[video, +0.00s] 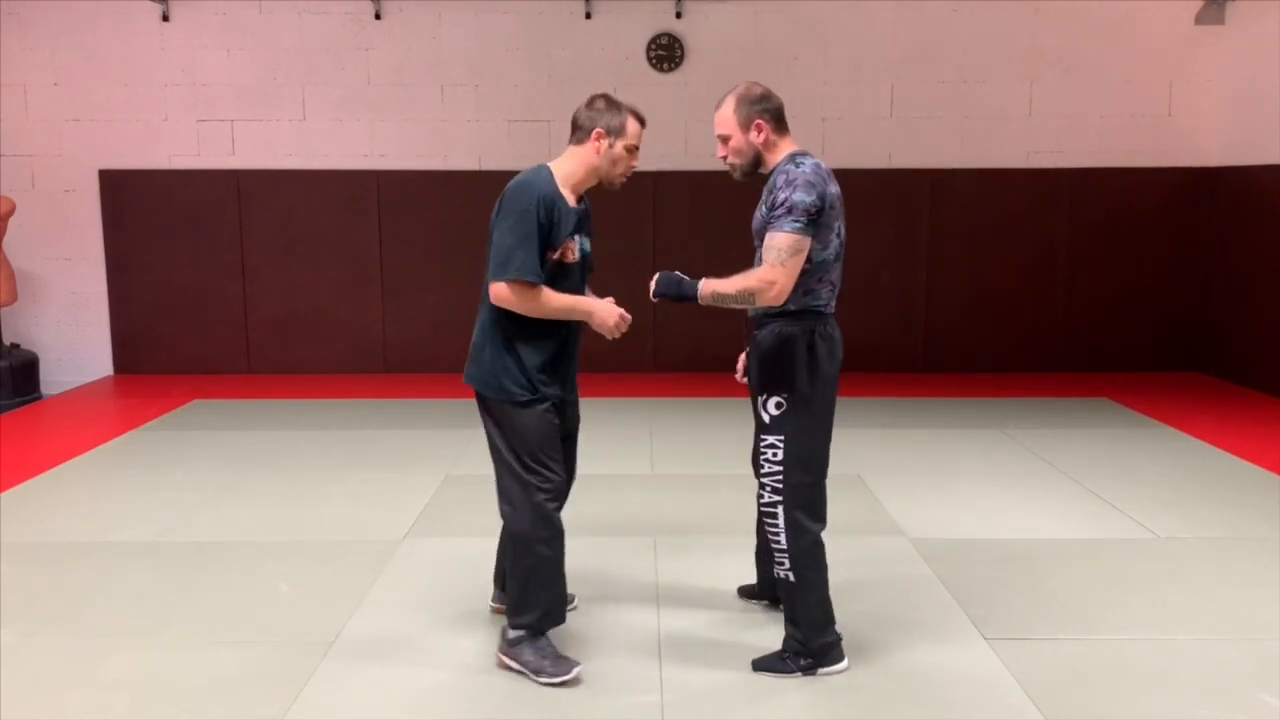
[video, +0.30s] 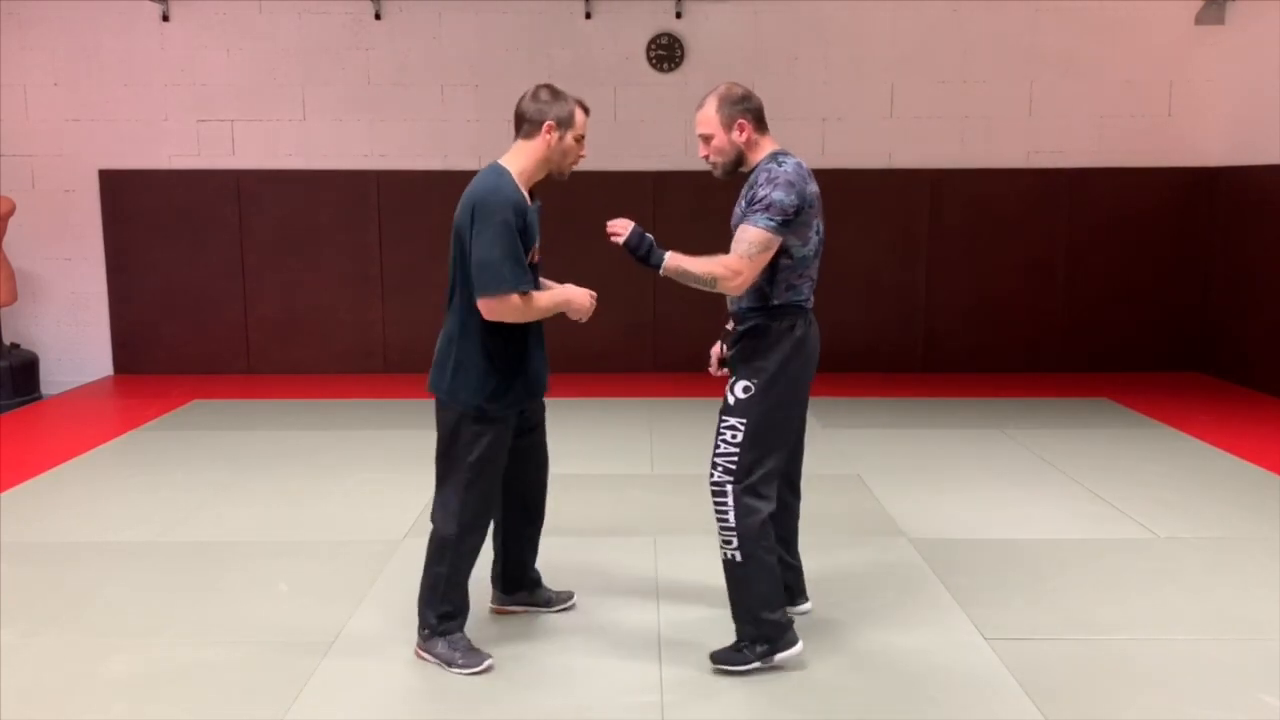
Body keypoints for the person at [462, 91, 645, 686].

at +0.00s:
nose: (635, 162)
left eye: (638, 151)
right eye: (630, 149)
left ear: (597, 144)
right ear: (597, 141)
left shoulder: (577, 203)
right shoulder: (529, 195)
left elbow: (563, 288)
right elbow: (507, 290)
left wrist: (596, 308)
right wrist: (588, 308)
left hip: (552, 375)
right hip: (512, 377)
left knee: (550, 487)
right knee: (537, 497)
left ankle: (515, 587)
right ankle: (524, 634)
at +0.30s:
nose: (583, 149)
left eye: (584, 138)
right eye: (578, 137)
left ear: (542, 134)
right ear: (549, 134)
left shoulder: (516, 194)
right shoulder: (494, 198)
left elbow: (512, 284)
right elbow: (496, 304)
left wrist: (556, 295)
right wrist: (559, 297)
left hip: (515, 381)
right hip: (476, 385)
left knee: (522, 490)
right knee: (464, 510)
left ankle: (516, 587)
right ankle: (439, 630)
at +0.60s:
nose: (548, 150)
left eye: (550, 139)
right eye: (545, 138)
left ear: (509, 130)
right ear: (513, 131)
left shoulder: (484, 187)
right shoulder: (464, 198)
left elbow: (512, 260)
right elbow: (477, 306)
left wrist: (565, 262)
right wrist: (538, 279)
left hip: (492, 378)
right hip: (456, 385)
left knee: (499, 485)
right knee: (452, 509)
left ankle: (480, 579)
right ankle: (437, 633)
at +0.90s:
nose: (541, 164)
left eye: (545, 153)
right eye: (539, 150)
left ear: (512, 136)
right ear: (507, 134)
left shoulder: (488, 189)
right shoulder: (450, 189)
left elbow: (510, 268)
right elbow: (462, 284)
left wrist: (555, 229)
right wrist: (546, 253)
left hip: (478, 369)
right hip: (447, 375)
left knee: (480, 487)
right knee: (460, 497)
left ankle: (470, 586)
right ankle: (440, 627)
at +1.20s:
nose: (544, 173)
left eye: (549, 164)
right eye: (546, 160)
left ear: (514, 141)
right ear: (519, 142)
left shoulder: (477, 188)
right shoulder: (462, 192)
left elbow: (527, 245)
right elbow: (504, 294)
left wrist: (557, 227)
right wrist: (551, 248)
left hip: (472, 372)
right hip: (447, 377)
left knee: (475, 488)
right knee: (444, 505)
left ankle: (469, 582)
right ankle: (431, 634)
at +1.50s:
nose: (545, 175)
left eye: (549, 164)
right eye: (543, 162)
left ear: (510, 150)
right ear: (507, 148)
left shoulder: (504, 200)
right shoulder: (438, 209)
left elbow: (521, 271)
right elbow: (467, 306)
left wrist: (576, 244)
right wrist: (535, 252)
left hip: (507, 382)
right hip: (460, 392)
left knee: (507, 489)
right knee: (462, 515)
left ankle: (476, 581)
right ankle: (431, 634)